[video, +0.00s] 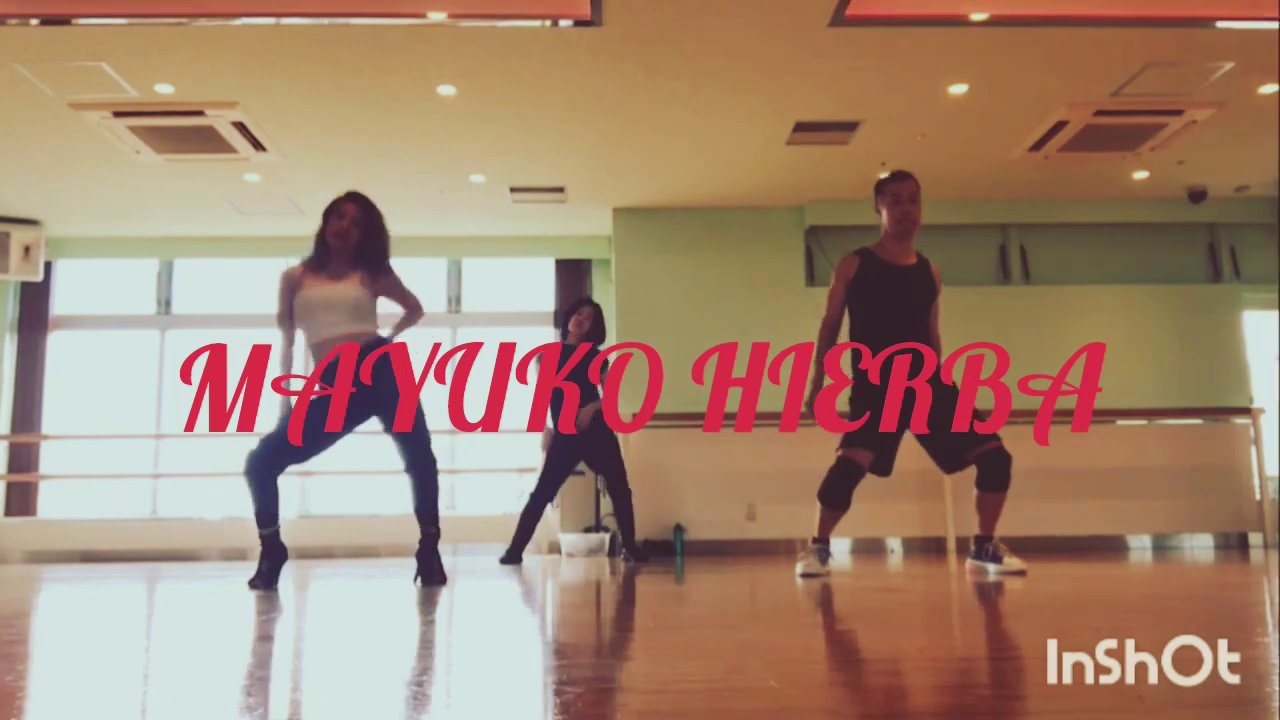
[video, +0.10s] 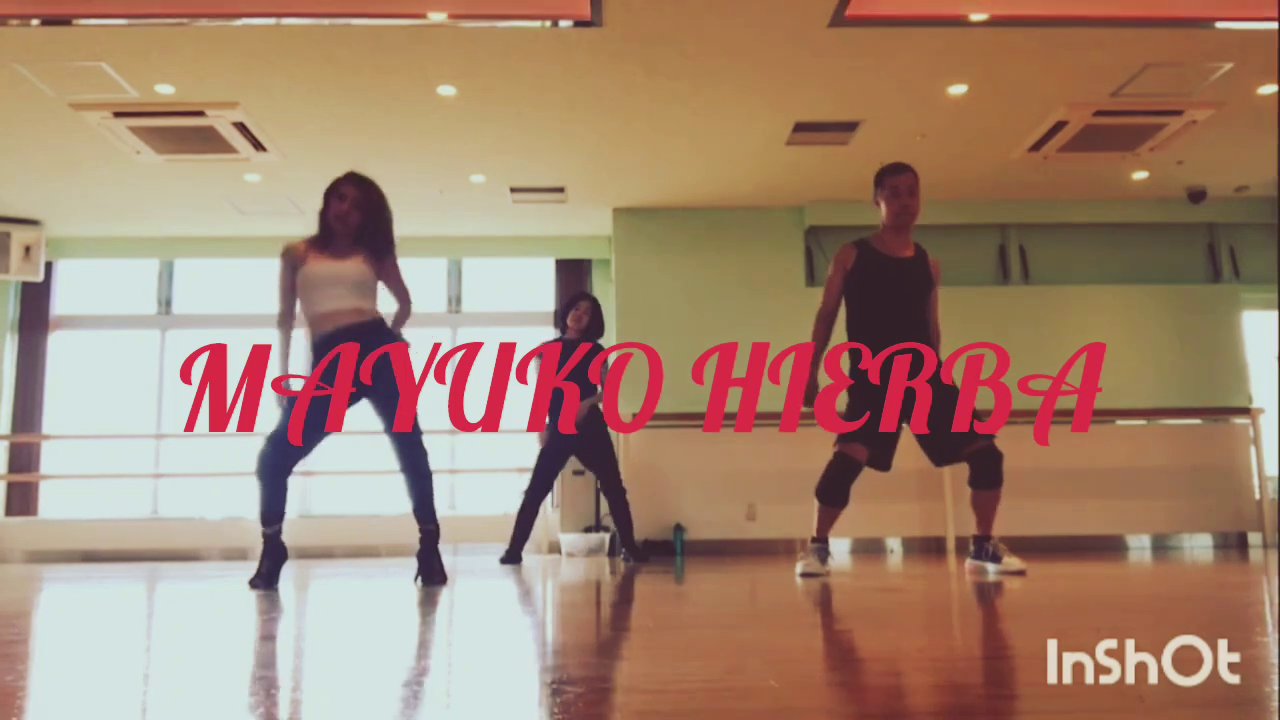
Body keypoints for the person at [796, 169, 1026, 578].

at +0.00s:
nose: (905, 208)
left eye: (912, 200)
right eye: (895, 200)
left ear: (921, 208)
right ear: (878, 209)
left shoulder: (929, 271)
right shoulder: (855, 265)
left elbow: (933, 336)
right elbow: (829, 327)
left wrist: (936, 383)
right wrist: (818, 383)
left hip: (925, 386)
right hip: (875, 387)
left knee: (995, 459)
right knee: (850, 465)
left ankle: (985, 547)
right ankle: (819, 546)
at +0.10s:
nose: (903, 201)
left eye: (910, 193)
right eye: (893, 193)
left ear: (920, 202)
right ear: (878, 201)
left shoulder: (927, 264)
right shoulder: (853, 256)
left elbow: (932, 330)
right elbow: (825, 316)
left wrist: (936, 378)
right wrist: (811, 372)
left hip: (923, 381)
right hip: (872, 382)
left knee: (985, 454)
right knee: (848, 458)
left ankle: (985, 545)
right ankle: (818, 545)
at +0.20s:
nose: (900, 194)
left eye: (907, 186)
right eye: (890, 187)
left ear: (917, 194)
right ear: (875, 195)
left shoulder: (927, 258)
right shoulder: (851, 251)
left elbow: (932, 321)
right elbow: (823, 308)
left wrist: (933, 370)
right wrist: (807, 362)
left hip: (920, 377)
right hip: (868, 376)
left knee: (976, 454)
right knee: (841, 456)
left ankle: (984, 545)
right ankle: (817, 545)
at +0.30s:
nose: (895, 192)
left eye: (902, 184)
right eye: (886, 184)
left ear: (912, 192)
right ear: (870, 192)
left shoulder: (926, 253)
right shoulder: (849, 249)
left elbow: (932, 316)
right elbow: (822, 306)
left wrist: (932, 368)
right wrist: (806, 355)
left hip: (916, 375)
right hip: (863, 373)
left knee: (968, 455)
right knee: (837, 455)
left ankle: (983, 545)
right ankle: (816, 545)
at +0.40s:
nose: (889, 194)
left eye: (896, 185)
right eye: (879, 187)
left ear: (907, 193)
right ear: (865, 195)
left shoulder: (928, 253)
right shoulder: (849, 254)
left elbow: (934, 314)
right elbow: (823, 308)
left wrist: (931, 369)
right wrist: (805, 357)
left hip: (914, 379)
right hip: (861, 378)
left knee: (965, 458)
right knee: (837, 456)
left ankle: (982, 545)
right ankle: (816, 545)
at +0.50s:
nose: (885, 205)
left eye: (892, 196)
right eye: (875, 198)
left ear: (904, 203)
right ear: (861, 207)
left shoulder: (929, 261)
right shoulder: (850, 267)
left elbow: (939, 322)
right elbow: (825, 320)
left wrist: (942, 375)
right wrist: (806, 361)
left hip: (910, 384)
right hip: (857, 385)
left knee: (965, 463)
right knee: (836, 466)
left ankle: (982, 545)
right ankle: (816, 545)